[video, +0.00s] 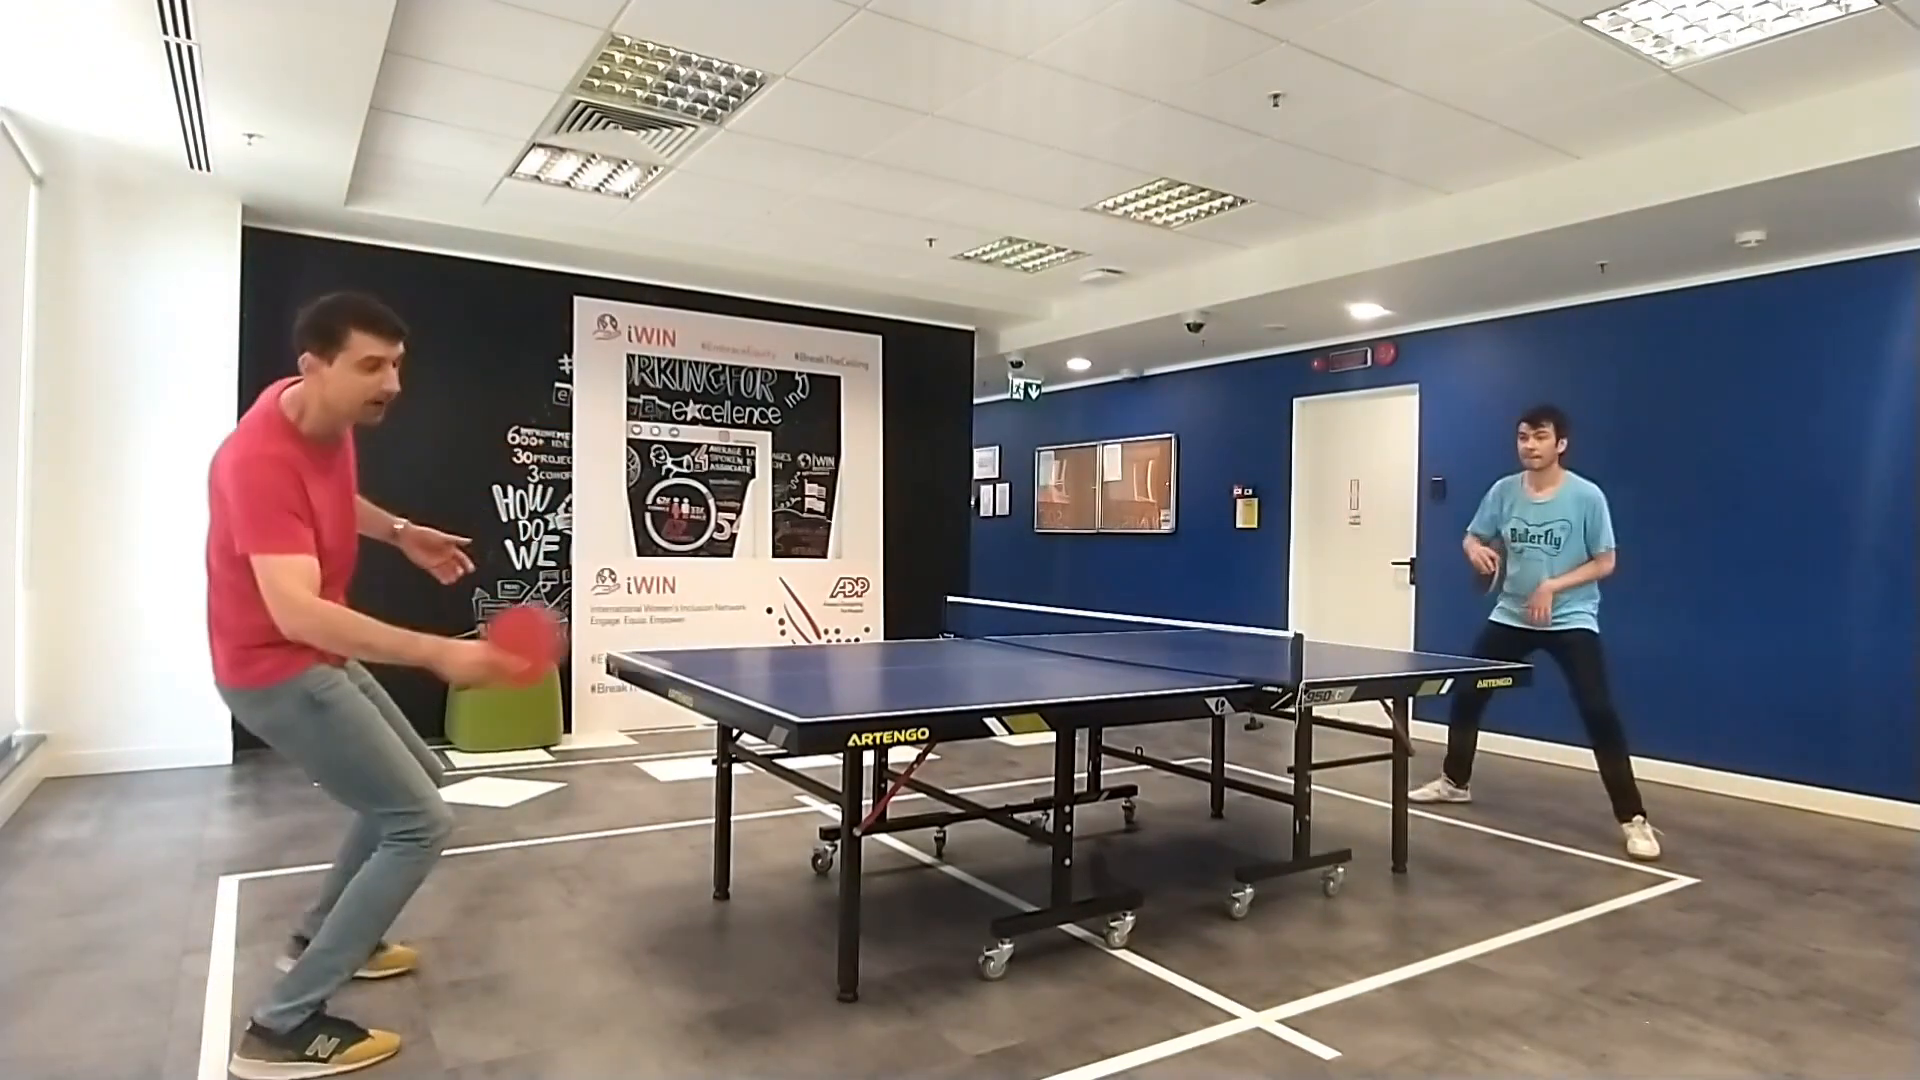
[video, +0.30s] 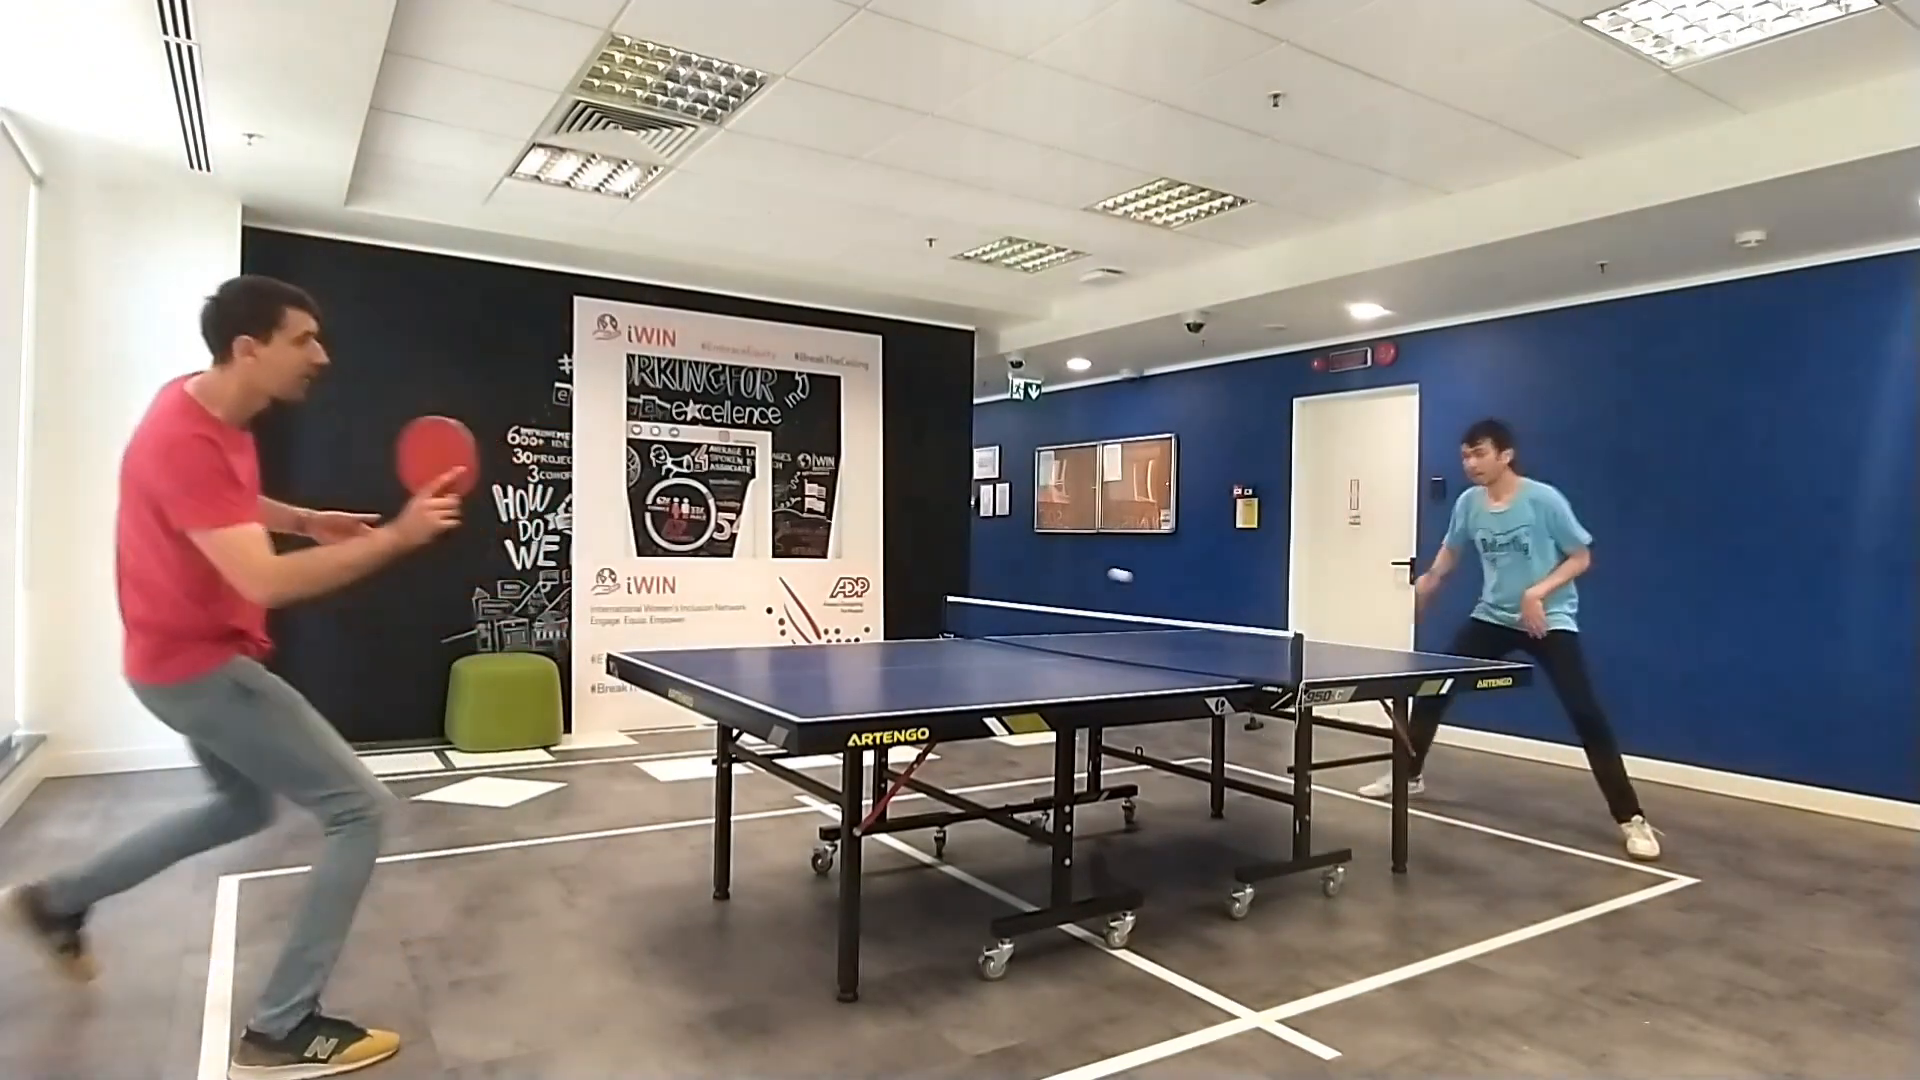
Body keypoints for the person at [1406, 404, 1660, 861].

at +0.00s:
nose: (1529, 445)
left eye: (1539, 437)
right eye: (1523, 437)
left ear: (1560, 444)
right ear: (1517, 443)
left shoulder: (1588, 497)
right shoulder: (1503, 492)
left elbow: (1605, 562)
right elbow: (1474, 538)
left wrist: (1553, 584)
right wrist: (1474, 548)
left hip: (1571, 620)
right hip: (1510, 616)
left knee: (1597, 710)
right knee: (1466, 690)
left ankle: (1633, 820)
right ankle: (1454, 782)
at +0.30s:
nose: (1470, 462)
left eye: (1478, 453)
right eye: (1466, 455)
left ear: (1506, 455)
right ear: (1466, 461)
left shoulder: (1543, 498)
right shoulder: (1468, 502)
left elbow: (1581, 557)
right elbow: (1448, 553)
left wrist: (1538, 591)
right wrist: (1430, 578)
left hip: (1549, 622)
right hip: (1491, 617)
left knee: (1586, 713)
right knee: (1432, 685)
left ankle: (1631, 820)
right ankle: (1407, 774)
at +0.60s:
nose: (1383, 492)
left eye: (1385, 482)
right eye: (1380, 485)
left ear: (1410, 474)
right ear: (1406, 478)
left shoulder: (1466, 504)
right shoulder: (1417, 532)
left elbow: (1518, 552)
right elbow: (1399, 582)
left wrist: (1476, 591)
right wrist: (1338, 583)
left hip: (1522, 626)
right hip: (1468, 629)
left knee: (1573, 712)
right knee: (1408, 683)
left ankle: (1632, 816)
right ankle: (1406, 778)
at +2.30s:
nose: (1763, 456)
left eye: (1775, 447)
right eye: (1761, 448)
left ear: (1808, 454)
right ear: (1758, 454)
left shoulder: (1837, 516)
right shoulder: (1754, 488)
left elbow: (1867, 588)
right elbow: (1727, 521)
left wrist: (1803, 603)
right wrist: (1692, 554)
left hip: (1811, 637)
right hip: (1751, 622)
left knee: (1819, 730)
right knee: (1695, 689)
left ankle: (1875, 852)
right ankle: (1667, 761)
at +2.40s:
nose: (1737, 468)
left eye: (1747, 459)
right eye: (1732, 461)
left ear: (1779, 465)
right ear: (1730, 469)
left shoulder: (1812, 525)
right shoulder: (1733, 506)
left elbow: (1840, 598)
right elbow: (1724, 542)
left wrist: (1776, 620)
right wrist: (1681, 577)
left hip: (1800, 645)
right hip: (1741, 632)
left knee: (1812, 732)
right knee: (1683, 694)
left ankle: (1874, 852)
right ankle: (1645, 765)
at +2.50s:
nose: (1696, 479)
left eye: (1706, 469)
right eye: (1693, 472)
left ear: (1738, 475)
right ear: (1693, 480)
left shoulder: (1770, 531)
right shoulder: (1706, 521)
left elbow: (1790, 606)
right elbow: (1710, 569)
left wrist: (1722, 623)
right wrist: (1667, 601)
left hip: (1779, 651)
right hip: (1730, 646)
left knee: (1798, 736)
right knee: (1660, 704)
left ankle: (1873, 854)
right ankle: (1648, 783)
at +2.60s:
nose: (1653, 489)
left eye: (1662, 479)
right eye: (1650, 482)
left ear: (1692, 484)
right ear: (1651, 490)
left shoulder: (1720, 533)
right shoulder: (1679, 536)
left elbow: (1733, 607)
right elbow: (1692, 595)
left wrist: (1669, 621)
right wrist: (1654, 624)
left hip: (1756, 653)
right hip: (1711, 650)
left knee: (1777, 740)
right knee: (1637, 701)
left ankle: (1869, 855)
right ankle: (1647, 784)